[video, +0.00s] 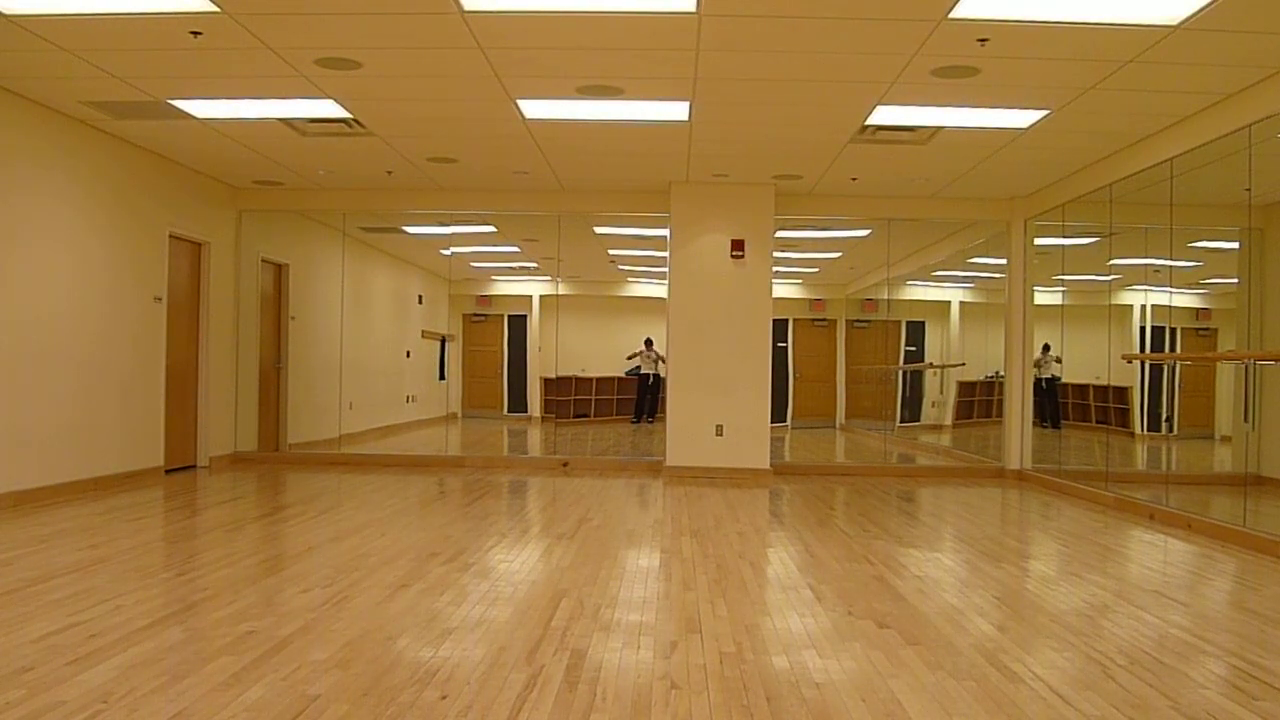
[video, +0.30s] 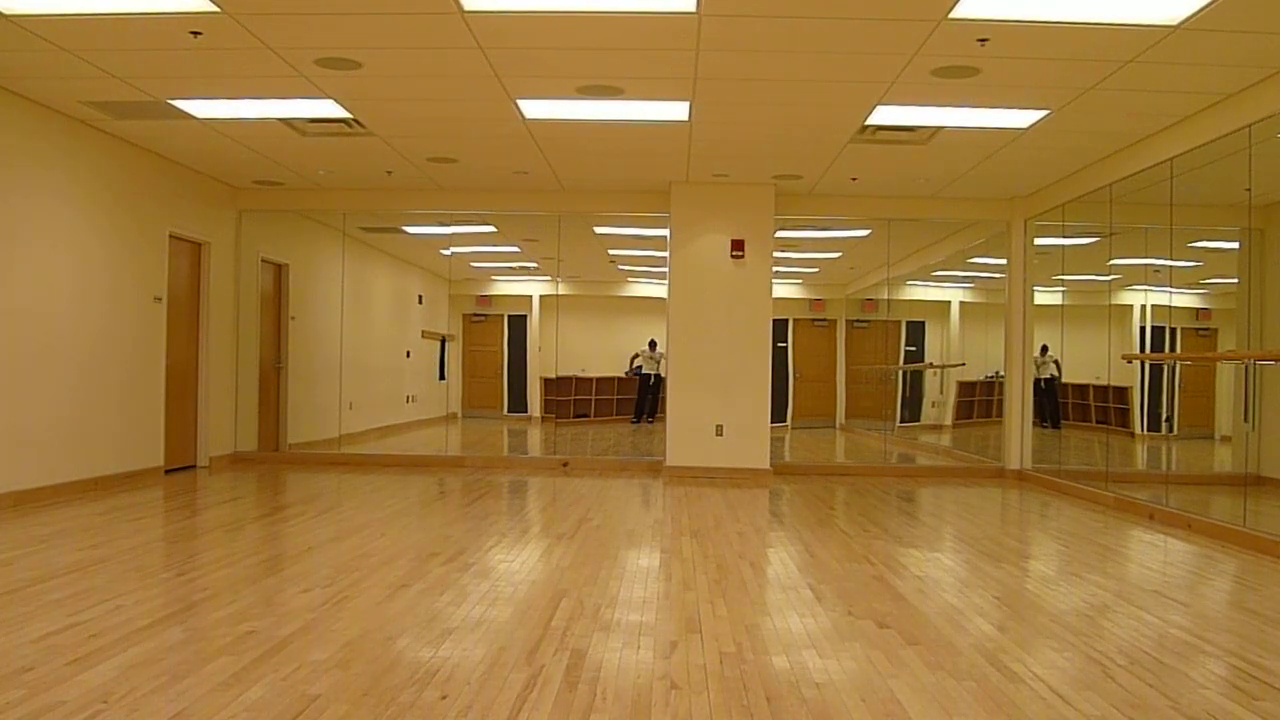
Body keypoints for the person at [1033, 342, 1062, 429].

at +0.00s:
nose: (1045, 353)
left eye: (1047, 352)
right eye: (1044, 352)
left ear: (1049, 351)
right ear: (1042, 350)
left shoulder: (1050, 357)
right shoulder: (1038, 358)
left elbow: (1059, 362)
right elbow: (1034, 365)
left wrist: (1058, 359)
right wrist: (1040, 360)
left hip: (1050, 377)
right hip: (1040, 377)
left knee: (1053, 400)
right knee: (1042, 400)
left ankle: (1055, 422)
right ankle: (1044, 421)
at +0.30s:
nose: (1043, 354)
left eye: (1045, 352)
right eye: (1042, 352)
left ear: (1047, 352)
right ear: (1040, 351)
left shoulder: (1050, 357)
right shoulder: (1035, 359)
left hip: (1050, 378)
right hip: (1039, 379)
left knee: (1053, 400)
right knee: (1042, 401)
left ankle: (1055, 422)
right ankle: (1044, 421)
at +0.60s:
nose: (1043, 354)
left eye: (1044, 352)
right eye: (1042, 352)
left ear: (1046, 352)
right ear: (1040, 351)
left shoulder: (1050, 358)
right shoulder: (1035, 359)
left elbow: (1057, 368)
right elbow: (1036, 369)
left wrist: (1059, 377)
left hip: (1050, 379)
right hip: (1040, 379)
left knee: (1053, 400)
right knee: (1042, 401)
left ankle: (1055, 422)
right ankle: (1044, 421)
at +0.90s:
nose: (1042, 353)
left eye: (1044, 351)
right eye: (1041, 351)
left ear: (1046, 351)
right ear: (1039, 351)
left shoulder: (1050, 358)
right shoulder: (1035, 359)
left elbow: (1056, 367)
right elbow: (1033, 369)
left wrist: (1059, 376)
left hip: (1049, 378)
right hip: (1039, 379)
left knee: (1053, 400)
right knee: (1040, 401)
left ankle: (1055, 421)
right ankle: (1043, 420)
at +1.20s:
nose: (1041, 353)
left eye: (1043, 351)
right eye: (1040, 351)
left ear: (1046, 351)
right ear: (1039, 351)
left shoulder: (1050, 358)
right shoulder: (1035, 359)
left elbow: (1056, 368)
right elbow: (1034, 369)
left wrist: (1059, 376)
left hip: (1050, 378)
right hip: (1040, 378)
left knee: (1054, 400)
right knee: (1041, 400)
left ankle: (1055, 421)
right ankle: (1043, 420)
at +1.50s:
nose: (1042, 353)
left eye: (1043, 351)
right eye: (1041, 351)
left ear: (1046, 351)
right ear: (1039, 351)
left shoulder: (1050, 358)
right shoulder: (1035, 359)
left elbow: (1056, 368)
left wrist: (1059, 376)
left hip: (1050, 378)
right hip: (1040, 378)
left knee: (1054, 400)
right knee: (1040, 400)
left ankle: (1055, 421)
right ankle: (1043, 420)